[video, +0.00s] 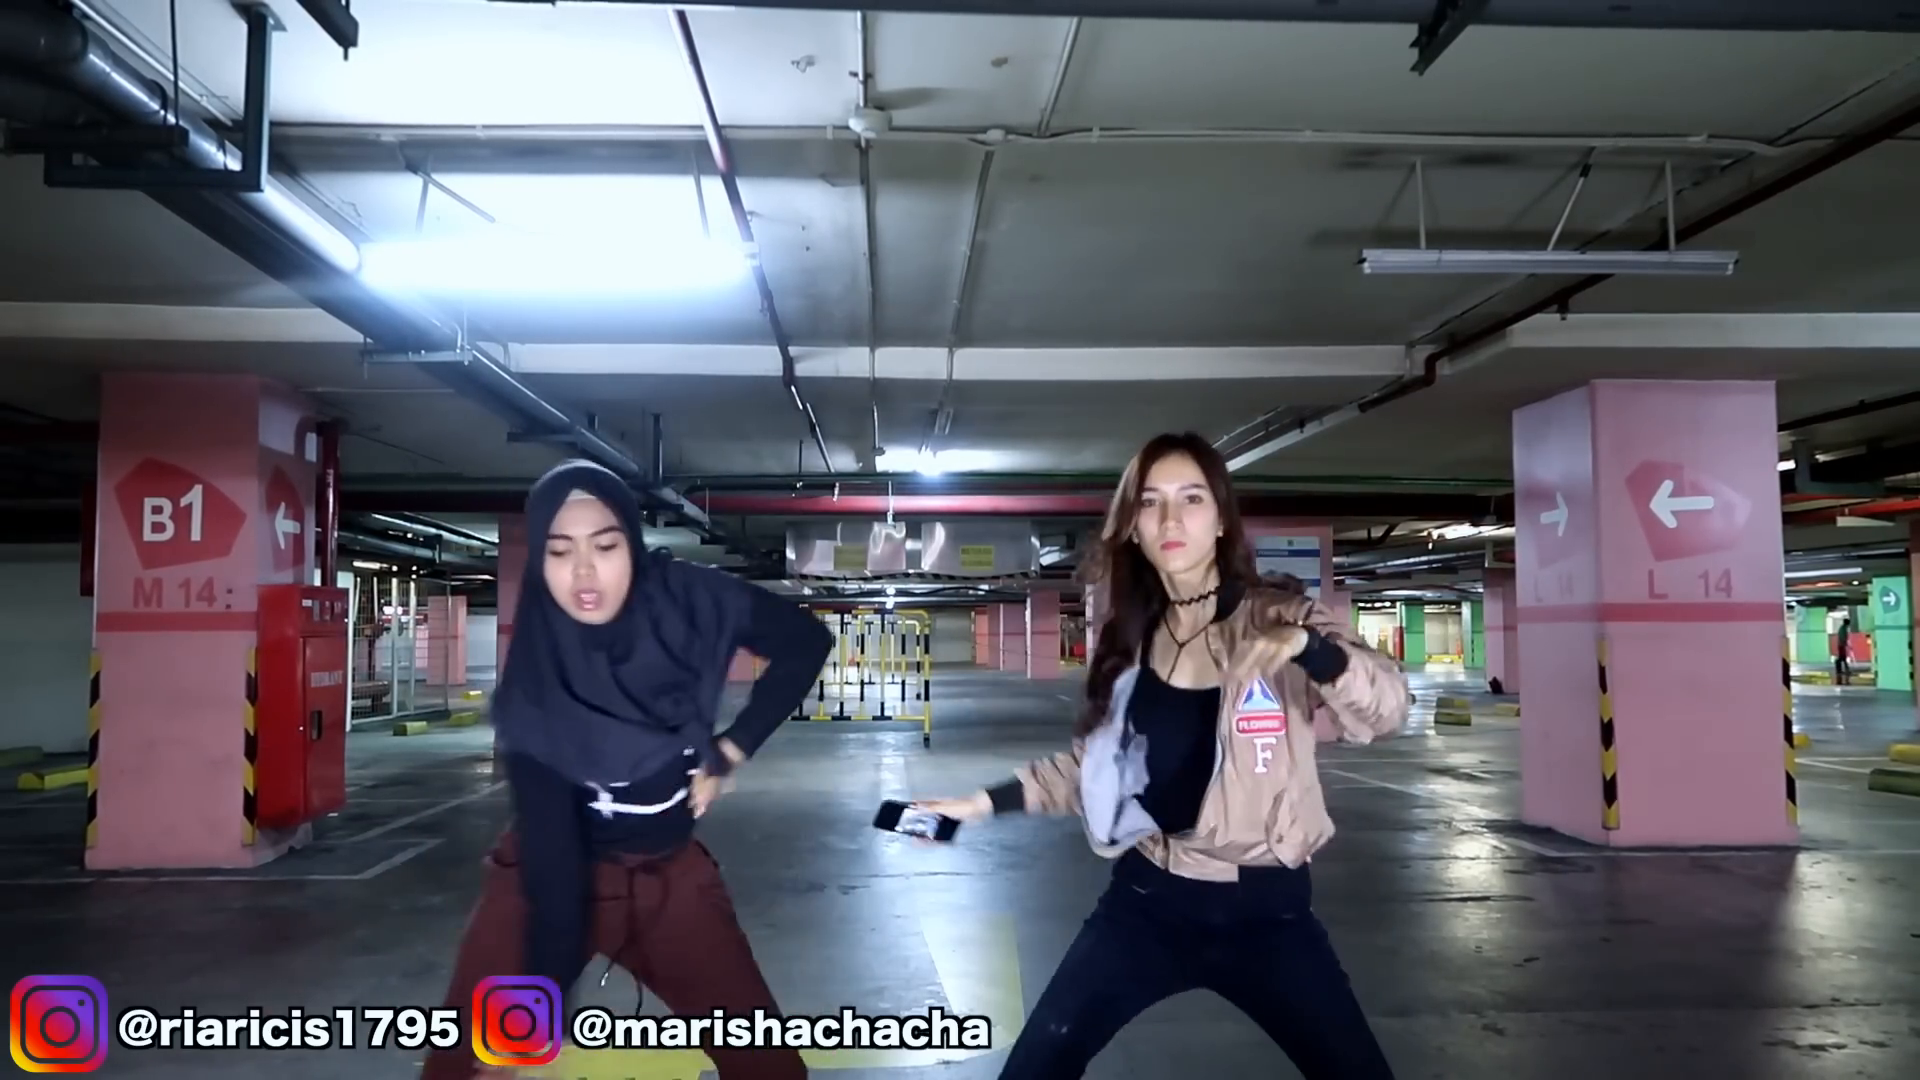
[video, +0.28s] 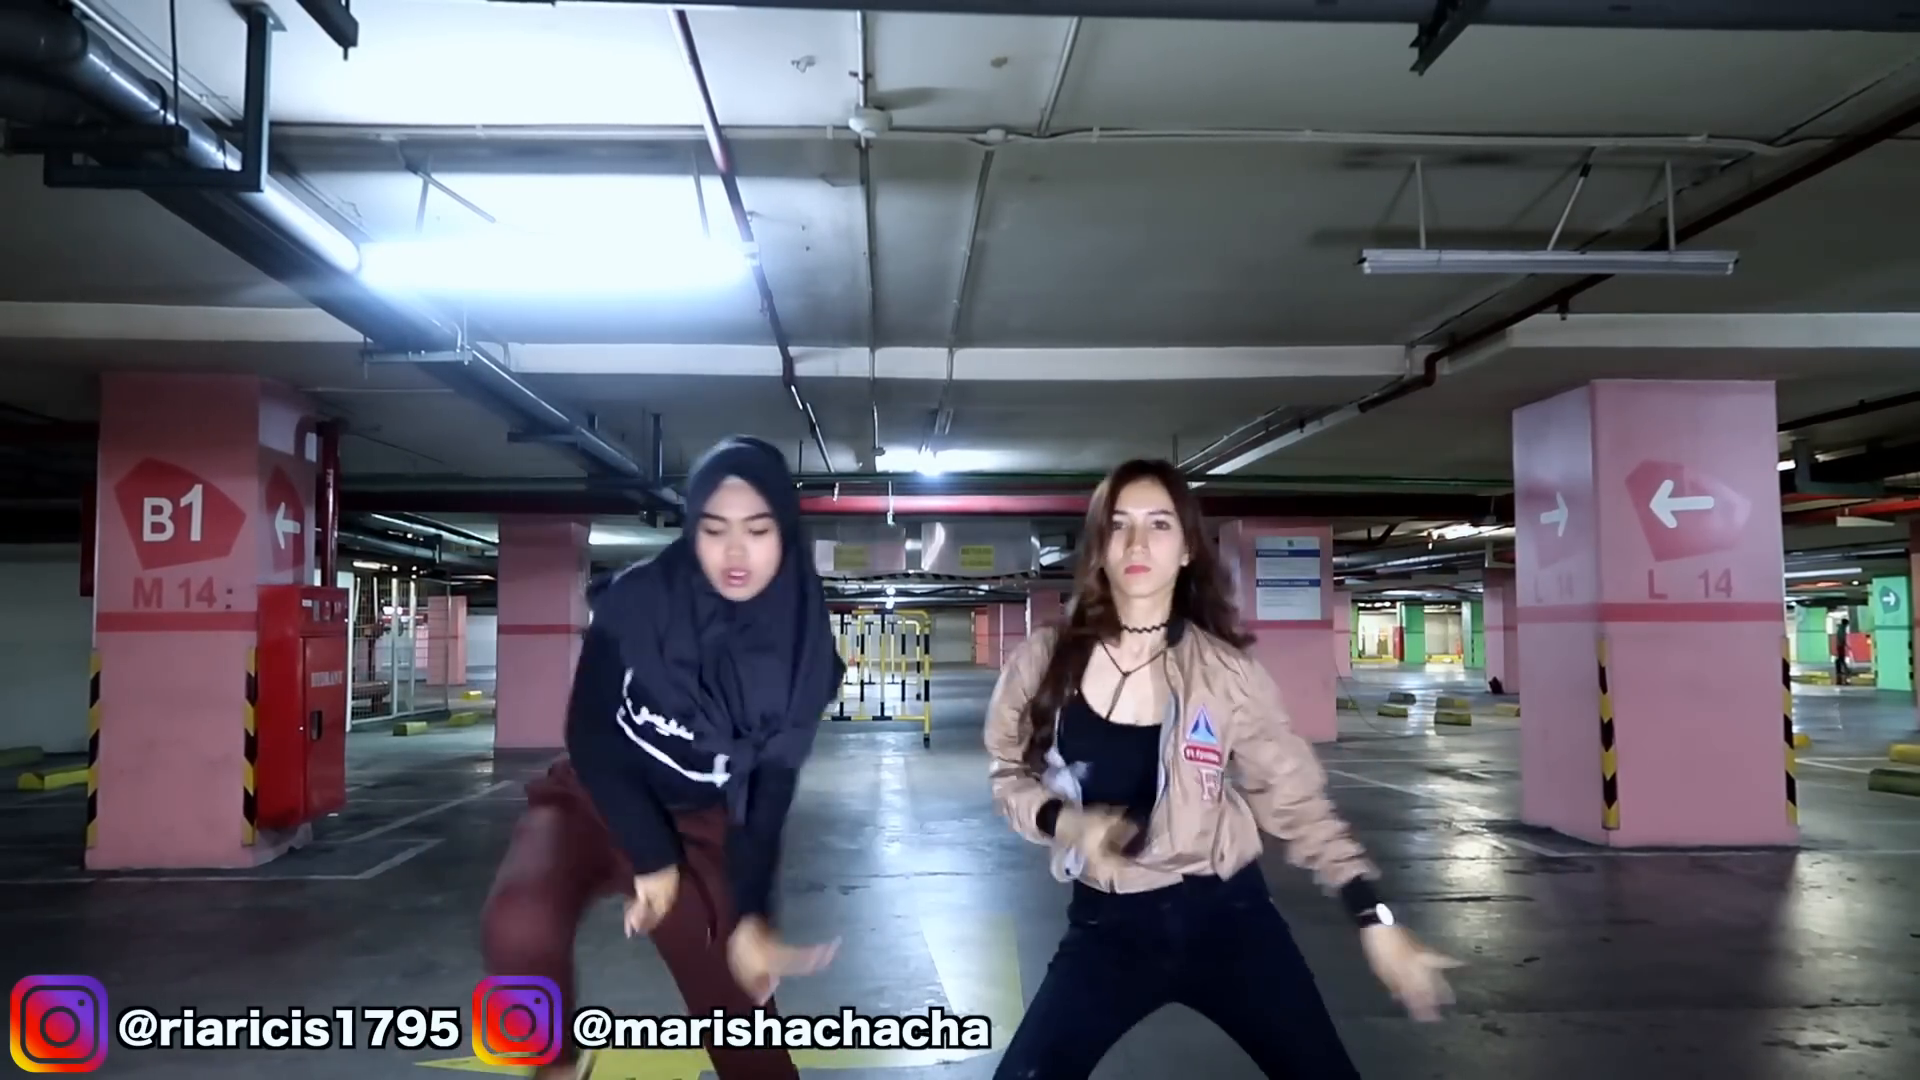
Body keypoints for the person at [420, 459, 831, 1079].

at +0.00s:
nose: (585, 573)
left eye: (606, 546)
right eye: (559, 551)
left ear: (635, 549)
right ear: (537, 561)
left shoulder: (691, 597)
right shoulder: (530, 693)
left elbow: (806, 642)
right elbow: (554, 883)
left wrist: (731, 751)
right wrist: (537, 1027)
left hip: (670, 874)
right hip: (546, 875)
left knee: (769, 1064)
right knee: (457, 1062)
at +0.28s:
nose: (735, 553)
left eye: (757, 529)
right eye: (715, 530)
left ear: (786, 533)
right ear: (692, 532)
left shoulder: (806, 649)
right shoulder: (636, 600)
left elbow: (770, 786)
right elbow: (590, 734)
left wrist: (751, 913)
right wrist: (652, 856)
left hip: (699, 823)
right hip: (592, 797)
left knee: (743, 1030)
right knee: (519, 930)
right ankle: (557, 1063)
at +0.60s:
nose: (749, 577)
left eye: (772, 559)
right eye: (732, 551)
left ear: (788, 572)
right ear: (698, 551)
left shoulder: (760, 692)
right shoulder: (624, 589)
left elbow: (705, 843)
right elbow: (497, 564)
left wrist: (661, 980)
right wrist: (496, 674)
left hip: (664, 888)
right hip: (552, 883)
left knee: (723, 1067)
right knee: (555, 1069)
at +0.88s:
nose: (657, 523)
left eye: (669, 501)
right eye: (635, 501)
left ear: (679, 505)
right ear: (585, 501)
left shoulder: (642, 599)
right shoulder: (547, 627)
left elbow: (677, 694)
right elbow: (576, 814)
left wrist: (680, 750)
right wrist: (616, 982)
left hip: (583, 837)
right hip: (495, 856)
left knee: (762, 862)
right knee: (518, 1057)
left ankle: (600, 1027)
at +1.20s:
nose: (664, 569)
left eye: (672, 547)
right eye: (640, 550)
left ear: (683, 545)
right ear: (587, 551)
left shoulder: (664, 631)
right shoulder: (550, 658)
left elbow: (732, 676)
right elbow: (588, 823)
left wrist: (778, 651)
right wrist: (658, 963)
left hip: (593, 882)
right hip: (498, 887)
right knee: (514, 1061)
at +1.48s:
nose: (761, 530)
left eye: (772, 509)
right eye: (738, 510)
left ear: (783, 509)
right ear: (688, 505)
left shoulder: (752, 624)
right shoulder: (615, 540)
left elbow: (694, 753)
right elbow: (512, 618)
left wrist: (693, 873)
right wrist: (536, 724)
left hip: (650, 809)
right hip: (550, 782)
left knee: (670, 1004)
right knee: (619, 943)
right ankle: (532, 1060)